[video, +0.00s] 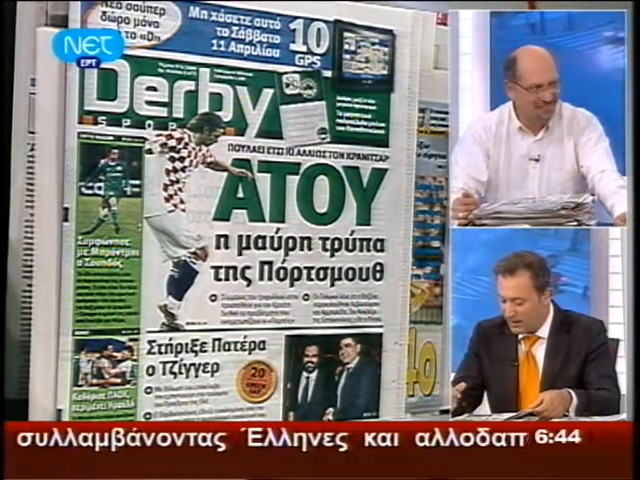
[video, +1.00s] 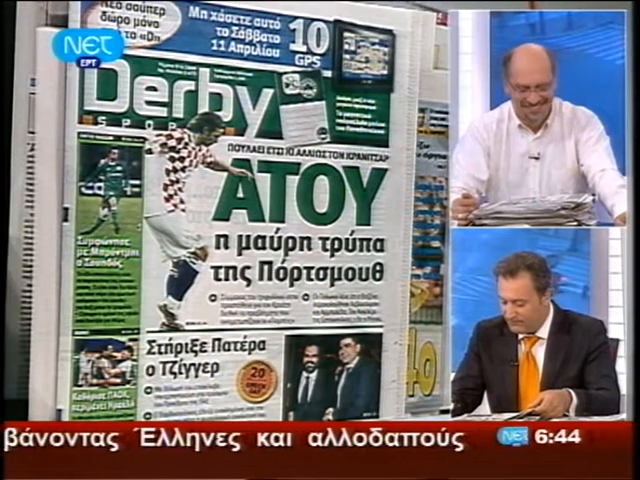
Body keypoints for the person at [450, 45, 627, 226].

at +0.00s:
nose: (548, 96)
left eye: (553, 84)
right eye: (536, 88)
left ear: (559, 81)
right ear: (511, 89)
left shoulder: (581, 124)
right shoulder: (484, 130)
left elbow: (604, 173)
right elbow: (463, 186)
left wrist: (624, 210)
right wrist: (463, 208)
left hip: (568, 245)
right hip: (500, 245)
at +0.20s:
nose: (547, 97)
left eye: (552, 85)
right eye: (534, 88)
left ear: (558, 81)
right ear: (510, 89)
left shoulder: (581, 123)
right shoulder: (484, 130)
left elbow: (604, 173)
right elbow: (464, 187)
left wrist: (624, 210)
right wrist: (463, 208)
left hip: (569, 244)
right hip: (501, 245)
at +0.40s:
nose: (541, 99)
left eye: (548, 87)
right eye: (530, 89)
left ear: (557, 82)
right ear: (508, 87)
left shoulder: (582, 123)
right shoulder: (484, 130)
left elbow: (605, 173)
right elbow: (463, 189)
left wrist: (624, 210)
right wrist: (462, 208)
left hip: (569, 246)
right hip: (501, 246)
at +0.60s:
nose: (535, 97)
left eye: (544, 86)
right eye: (525, 87)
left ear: (555, 81)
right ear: (507, 85)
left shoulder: (582, 123)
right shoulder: (484, 130)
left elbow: (605, 173)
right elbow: (463, 188)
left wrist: (625, 211)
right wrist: (462, 207)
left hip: (568, 244)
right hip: (500, 245)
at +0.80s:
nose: (534, 97)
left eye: (543, 86)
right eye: (524, 87)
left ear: (554, 81)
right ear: (508, 85)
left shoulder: (582, 122)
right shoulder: (485, 128)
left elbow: (605, 173)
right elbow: (462, 187)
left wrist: (624, 211)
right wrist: (462, 207)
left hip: (569, 243)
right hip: (501, 244)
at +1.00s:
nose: (533, 99)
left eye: (542, 88)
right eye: (523, 89)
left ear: (554, 82)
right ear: (507, 86)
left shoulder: (582, 123)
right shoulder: (485, 129)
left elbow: (605, 173)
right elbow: (462, 188)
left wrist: (624, 211)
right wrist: (462, 208)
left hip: (569, 244)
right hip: (501, 245)